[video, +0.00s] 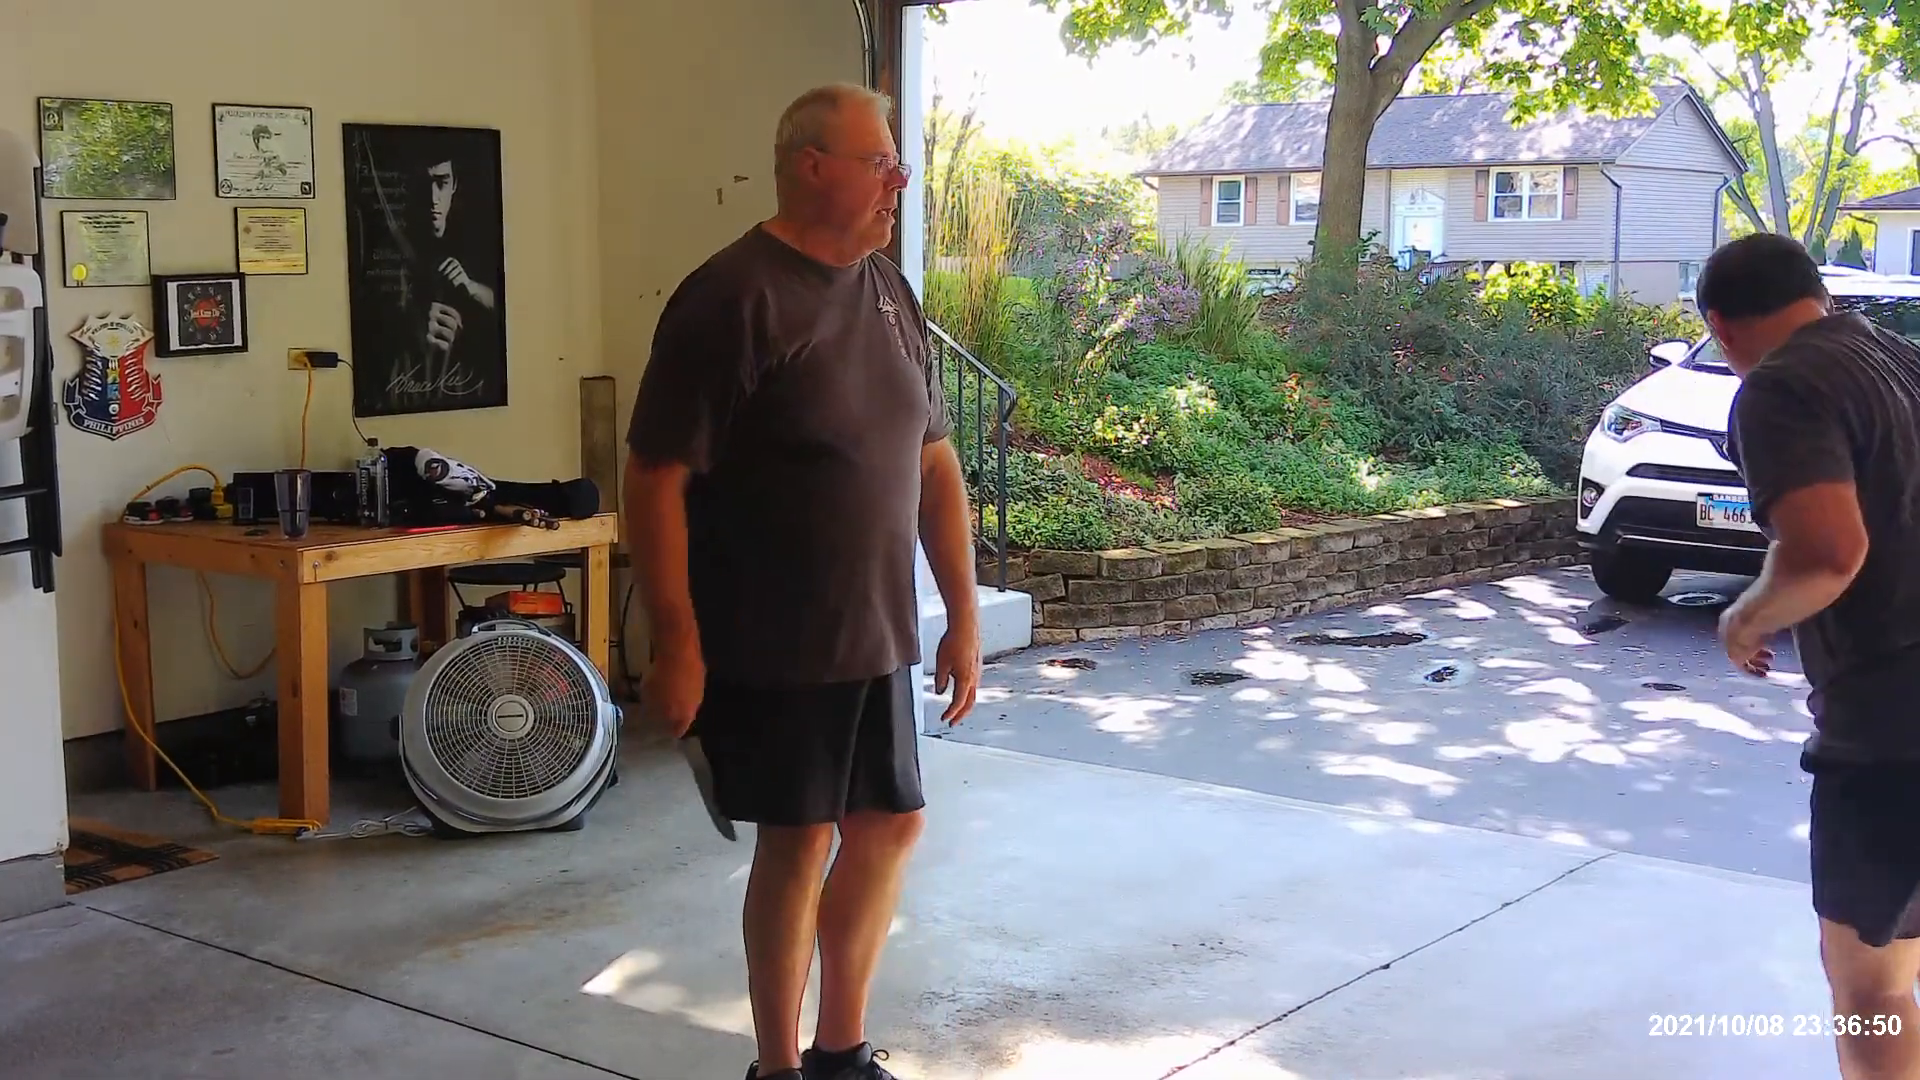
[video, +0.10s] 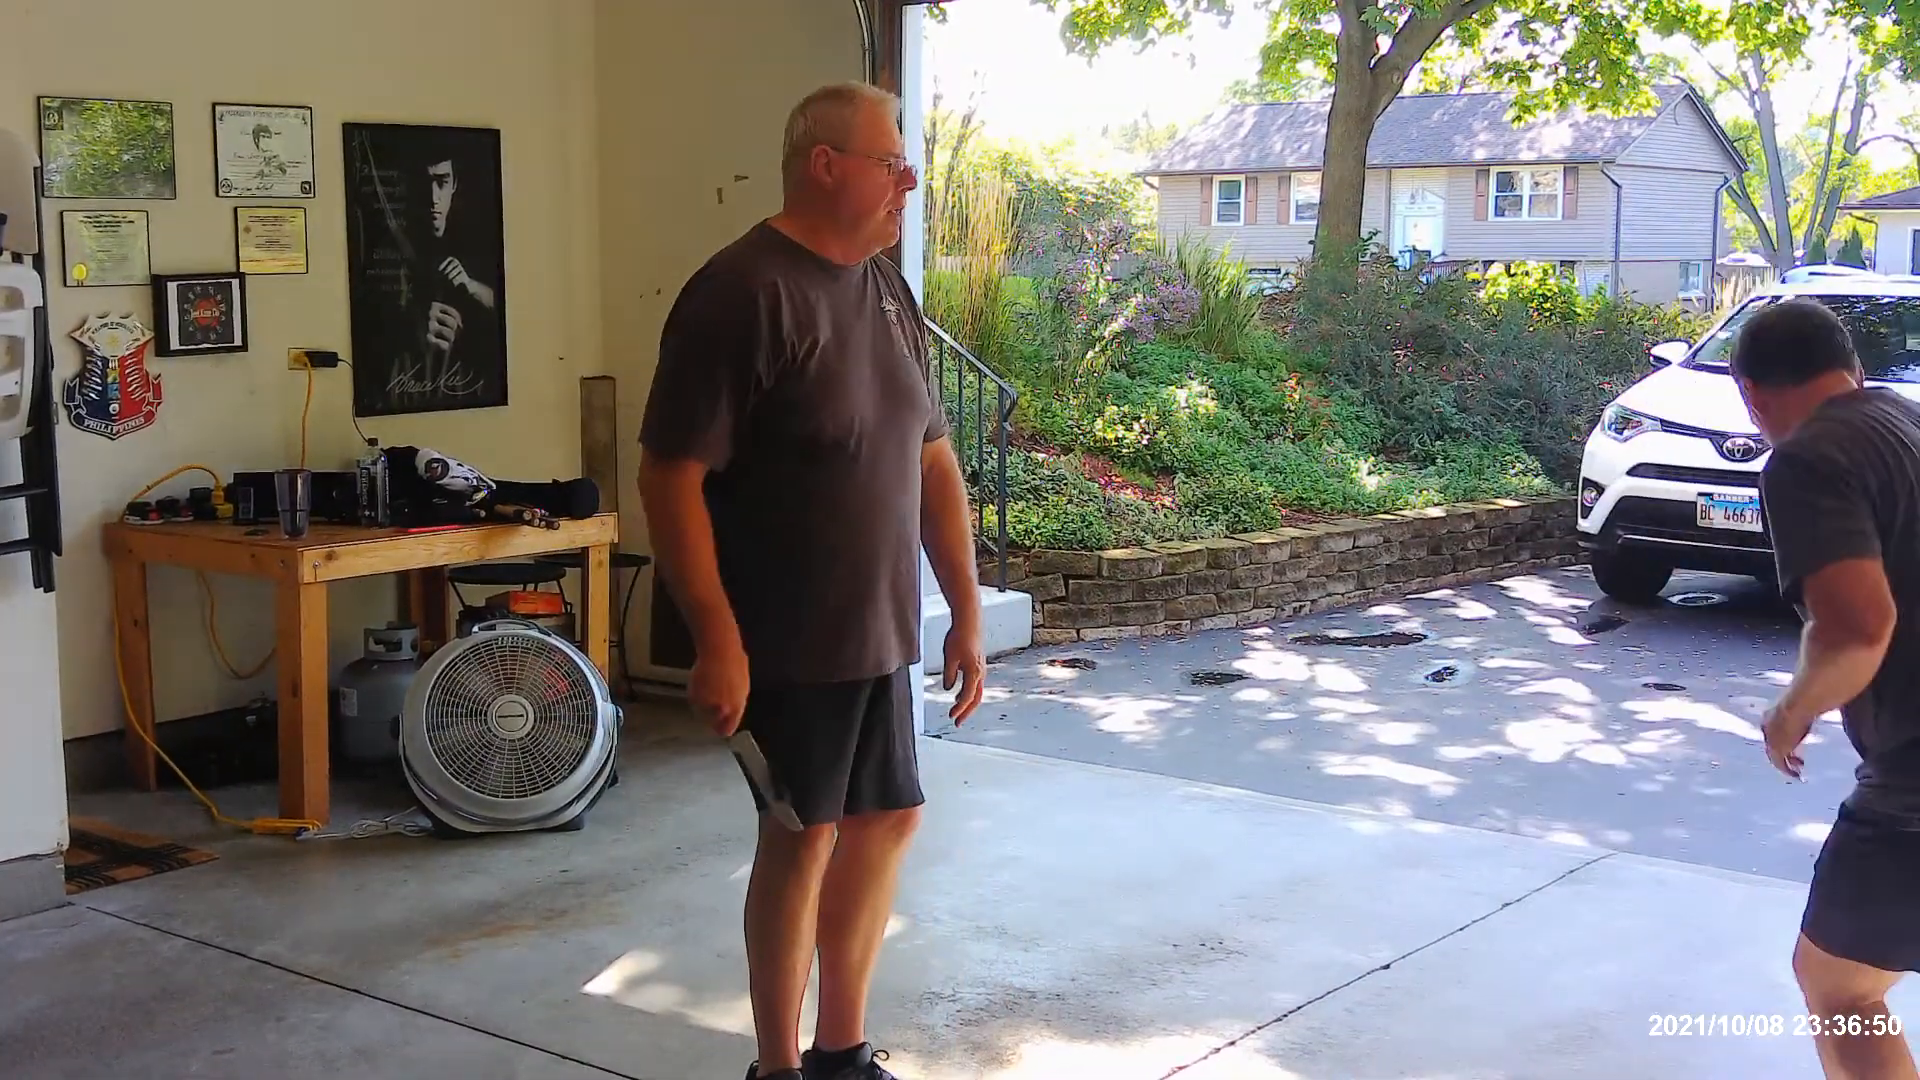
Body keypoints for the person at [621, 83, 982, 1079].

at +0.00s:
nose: (899, 176)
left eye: (897, 159)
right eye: (878, 159)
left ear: (863, 175)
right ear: (808, 170)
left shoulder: (887, 291)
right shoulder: (725, 295)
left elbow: (934, 459)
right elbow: (653, 473)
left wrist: (962, 612)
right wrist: (673, 643)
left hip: (876, 627)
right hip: (772, 636)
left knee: (888, 823)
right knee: (797, 835)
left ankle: (840, 1049)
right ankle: (777, 1063)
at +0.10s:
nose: (910, 179)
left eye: (907, 161)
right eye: (893, 161)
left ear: (849, 172)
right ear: (824, 168)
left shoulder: (884, 289)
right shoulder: (735, 289)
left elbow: (932, 453)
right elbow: (668, 472)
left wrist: (966, 604)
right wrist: (715, 634)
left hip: (882, 627)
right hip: (786, 637)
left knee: (886, 818)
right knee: (798, 836)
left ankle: (840, 1049)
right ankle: (778, 1062)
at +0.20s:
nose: (918, 189)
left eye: (917, 171)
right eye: (906, 169)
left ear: (853, 173)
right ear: (839, 168)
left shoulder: (881, 286)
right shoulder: (748, 287)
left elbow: (923, 457)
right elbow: (694, 478)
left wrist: (964, 606)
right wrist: (750, 635)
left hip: (880, 625)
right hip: (792, 636)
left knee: (882, 816)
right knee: (803, 836)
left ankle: (839, 1050)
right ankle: (778, 1064)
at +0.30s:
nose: (926, 188)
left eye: (924, 168)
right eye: (914, 168)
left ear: (857, 172)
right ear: (851, 169)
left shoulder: (880, 284)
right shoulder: (761, 281)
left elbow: (917, 456)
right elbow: (719, 475)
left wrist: (961, 600)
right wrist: (777, 634)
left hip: (878, 625)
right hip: (793, 633)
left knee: (880, 817)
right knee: (806, 832)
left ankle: (839, 1050)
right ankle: (780, 1063)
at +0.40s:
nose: (936, 191)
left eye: (934, 172)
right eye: (923, 169)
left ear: (867, 172)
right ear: (864, 169)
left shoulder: (886, 286)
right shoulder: (772, 282)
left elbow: (915, 457)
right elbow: (738, 475)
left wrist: (958, 594)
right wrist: (797, 634)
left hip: (884, 626)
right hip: (797, 634)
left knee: (876, 824)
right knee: (810, 833)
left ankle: (840, 1052)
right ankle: (781, 1065)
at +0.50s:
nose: (945, 195)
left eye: (945, 176)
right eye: (934, 174)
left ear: (876, 173)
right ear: (875, 170)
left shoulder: (889, 287)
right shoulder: (784, 284)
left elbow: (919, 463)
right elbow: (750, 475)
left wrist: (955, 598)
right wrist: (806, 636)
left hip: (889, 632)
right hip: (804, 639)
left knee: (876, 827)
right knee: (811, 838)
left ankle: (841, 1052)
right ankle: (780, 1065)